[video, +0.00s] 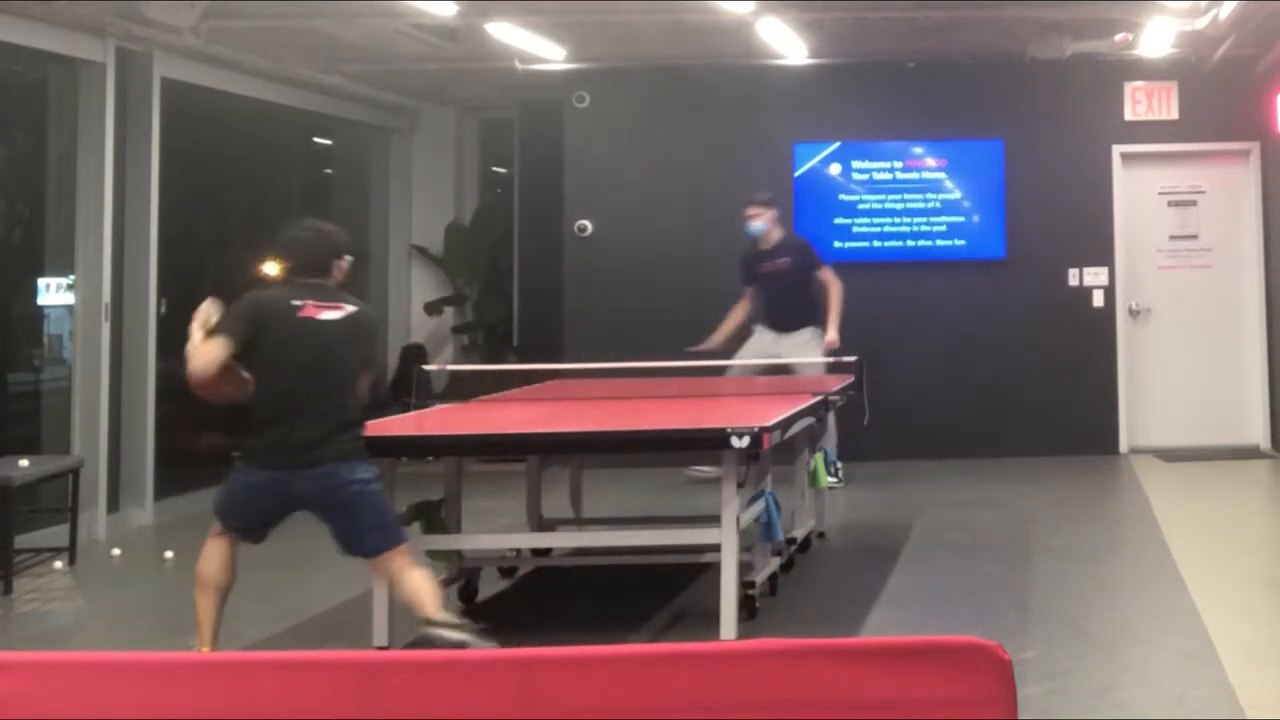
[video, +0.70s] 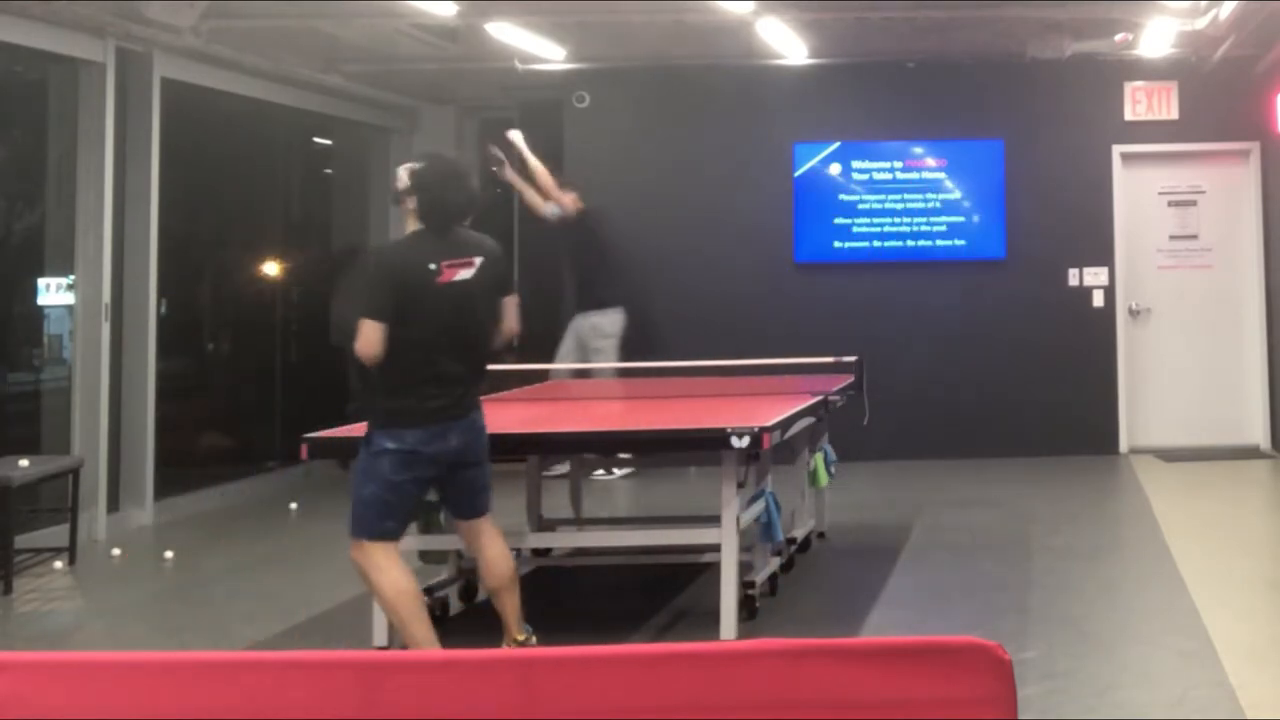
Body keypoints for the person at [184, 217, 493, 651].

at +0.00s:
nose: (349, 266)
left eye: (346, 258)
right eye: (346, 259)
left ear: (286, 263)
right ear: (336, 265)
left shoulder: (259, 305)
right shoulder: (361, 317)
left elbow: (201, 371)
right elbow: (363, 390)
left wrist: (199, 327)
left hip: (267, 467)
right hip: (340, 467)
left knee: (223, 536)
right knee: (396, 557)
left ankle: (204, 649)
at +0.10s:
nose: (380, 269)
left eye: (377, 261)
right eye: (378, 262)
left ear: (319, 264)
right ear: (371, 271)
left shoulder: (298, 303)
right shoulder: (393, 320)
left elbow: (257, 338)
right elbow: (418, 393)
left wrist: (210, 338)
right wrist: (370, 404)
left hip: (300, 465)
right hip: (370, 467)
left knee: (245, 535)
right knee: (426, 554)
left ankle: (207, 649)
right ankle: (503, 634)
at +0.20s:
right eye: (414, 251)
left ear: (364, 248)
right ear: (414, 255)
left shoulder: (341, 293)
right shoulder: (441, 301)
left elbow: (304, 351)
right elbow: (475, 375)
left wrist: (254, 345)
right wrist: (428, 391)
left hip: (340, 454)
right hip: (410, 454)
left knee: (272, 543)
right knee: (455, 548)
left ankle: (211, 649)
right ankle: (516, 640)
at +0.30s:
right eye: (453, 223)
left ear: (399, 226)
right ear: (452, 229)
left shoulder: (368, 274)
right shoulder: (481, 280)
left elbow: (328, 345)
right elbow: (525, 341)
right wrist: (473, 357)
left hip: (364, 439)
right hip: (434, 441)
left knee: (293, 542)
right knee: (468, 536)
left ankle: (219, 646)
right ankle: (514, 636)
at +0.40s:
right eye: (469, 202)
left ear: (419, 204)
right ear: (472, 207)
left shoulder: (386, 255)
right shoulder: (495, 262)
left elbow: (340, 329)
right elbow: (552, 317)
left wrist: (392, 342)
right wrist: (507, 346)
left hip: (377, 421)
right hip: (449, 423)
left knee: (316, 526)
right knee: (479, 526)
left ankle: (272, 650)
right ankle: (515, 638)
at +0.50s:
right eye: (478, 192)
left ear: (425, 197)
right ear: (479, 198)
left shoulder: (389, 248)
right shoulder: (502, 254)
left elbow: (350, 323)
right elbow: (552, 316)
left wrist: (400, 337)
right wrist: (507, 344)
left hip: (386, 416)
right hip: (459, 416)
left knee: (341, 521)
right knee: (485, 524)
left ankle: (347, 639)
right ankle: (516, 638)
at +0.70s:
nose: (398, 197)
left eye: (404, 190)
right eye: (401, 188)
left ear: (417, 201)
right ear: (461, 200)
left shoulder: (391, 259)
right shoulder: (489, 253)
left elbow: (370, 348)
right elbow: (508, 329)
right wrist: (464, 344)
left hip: (403, 432)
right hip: (465, 424)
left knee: (372, 545)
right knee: (478, 525)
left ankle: (430, 659)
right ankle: (518, 637)